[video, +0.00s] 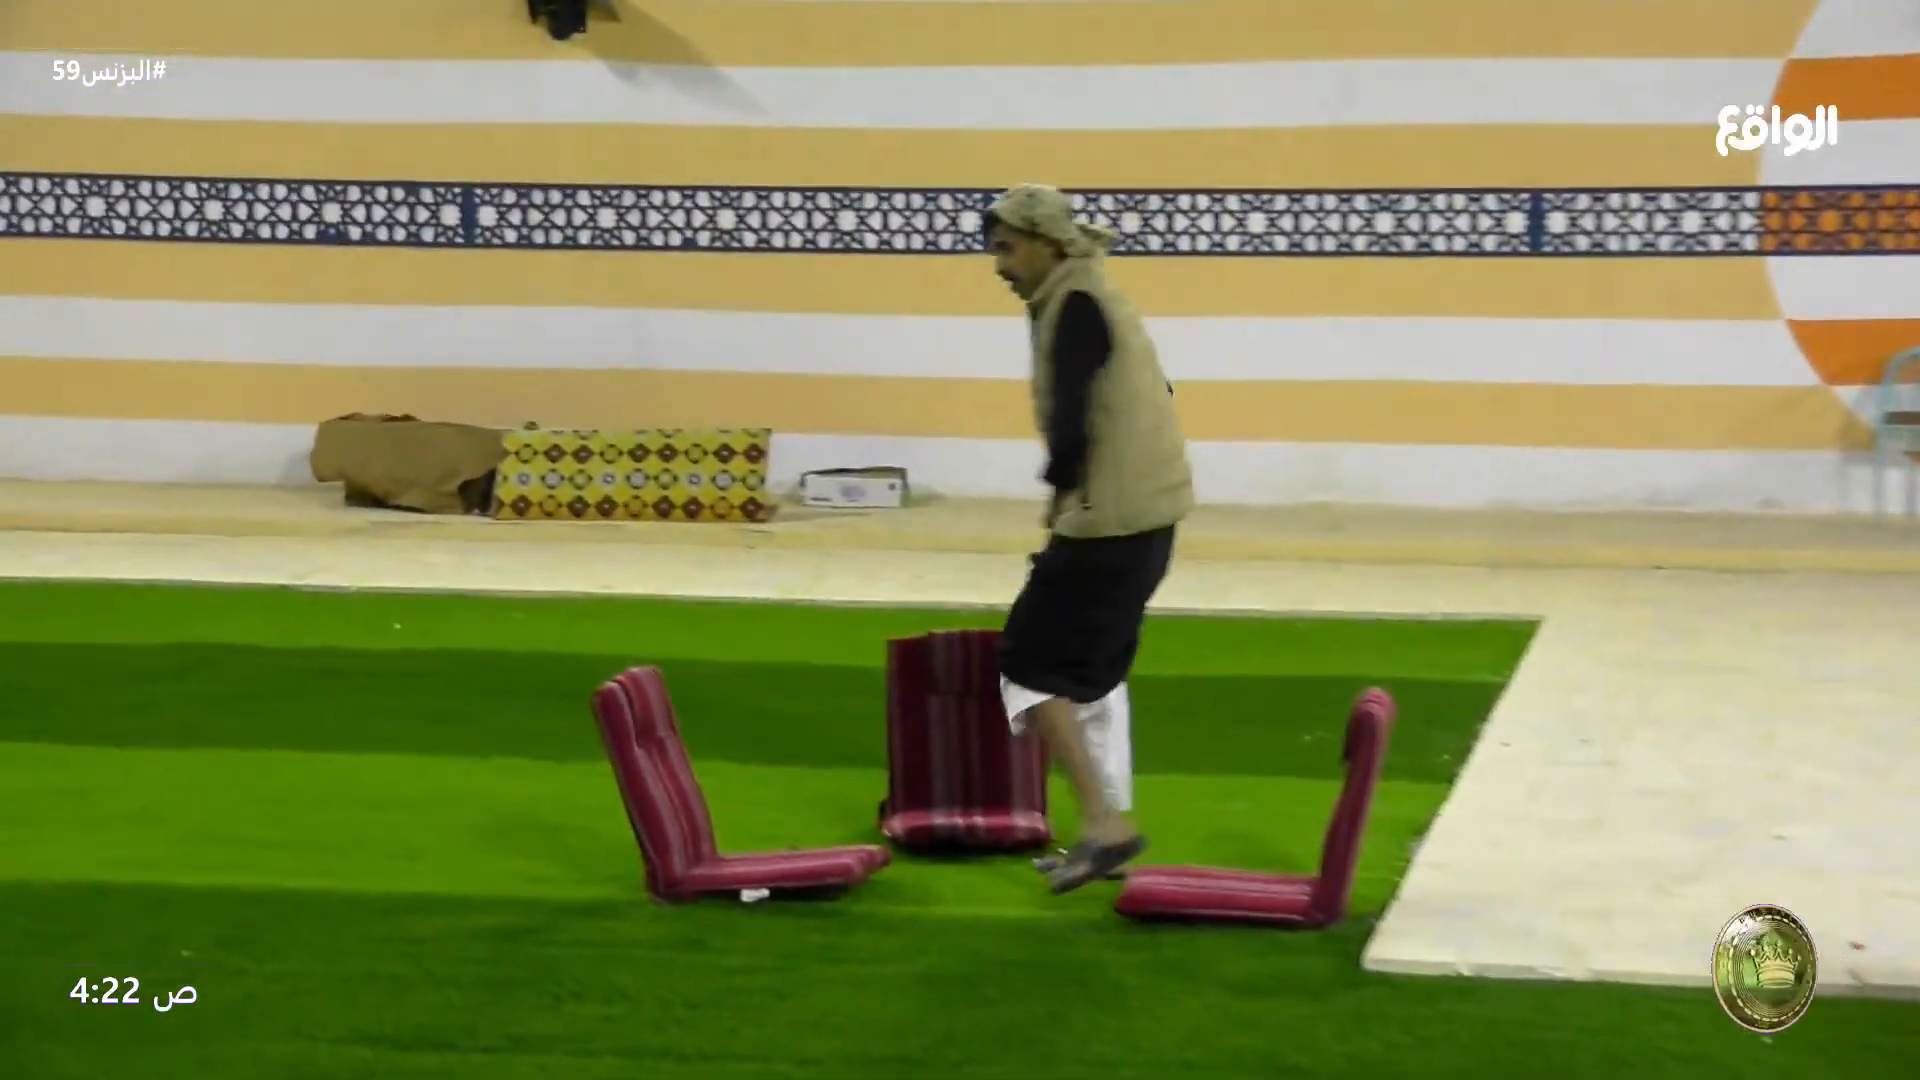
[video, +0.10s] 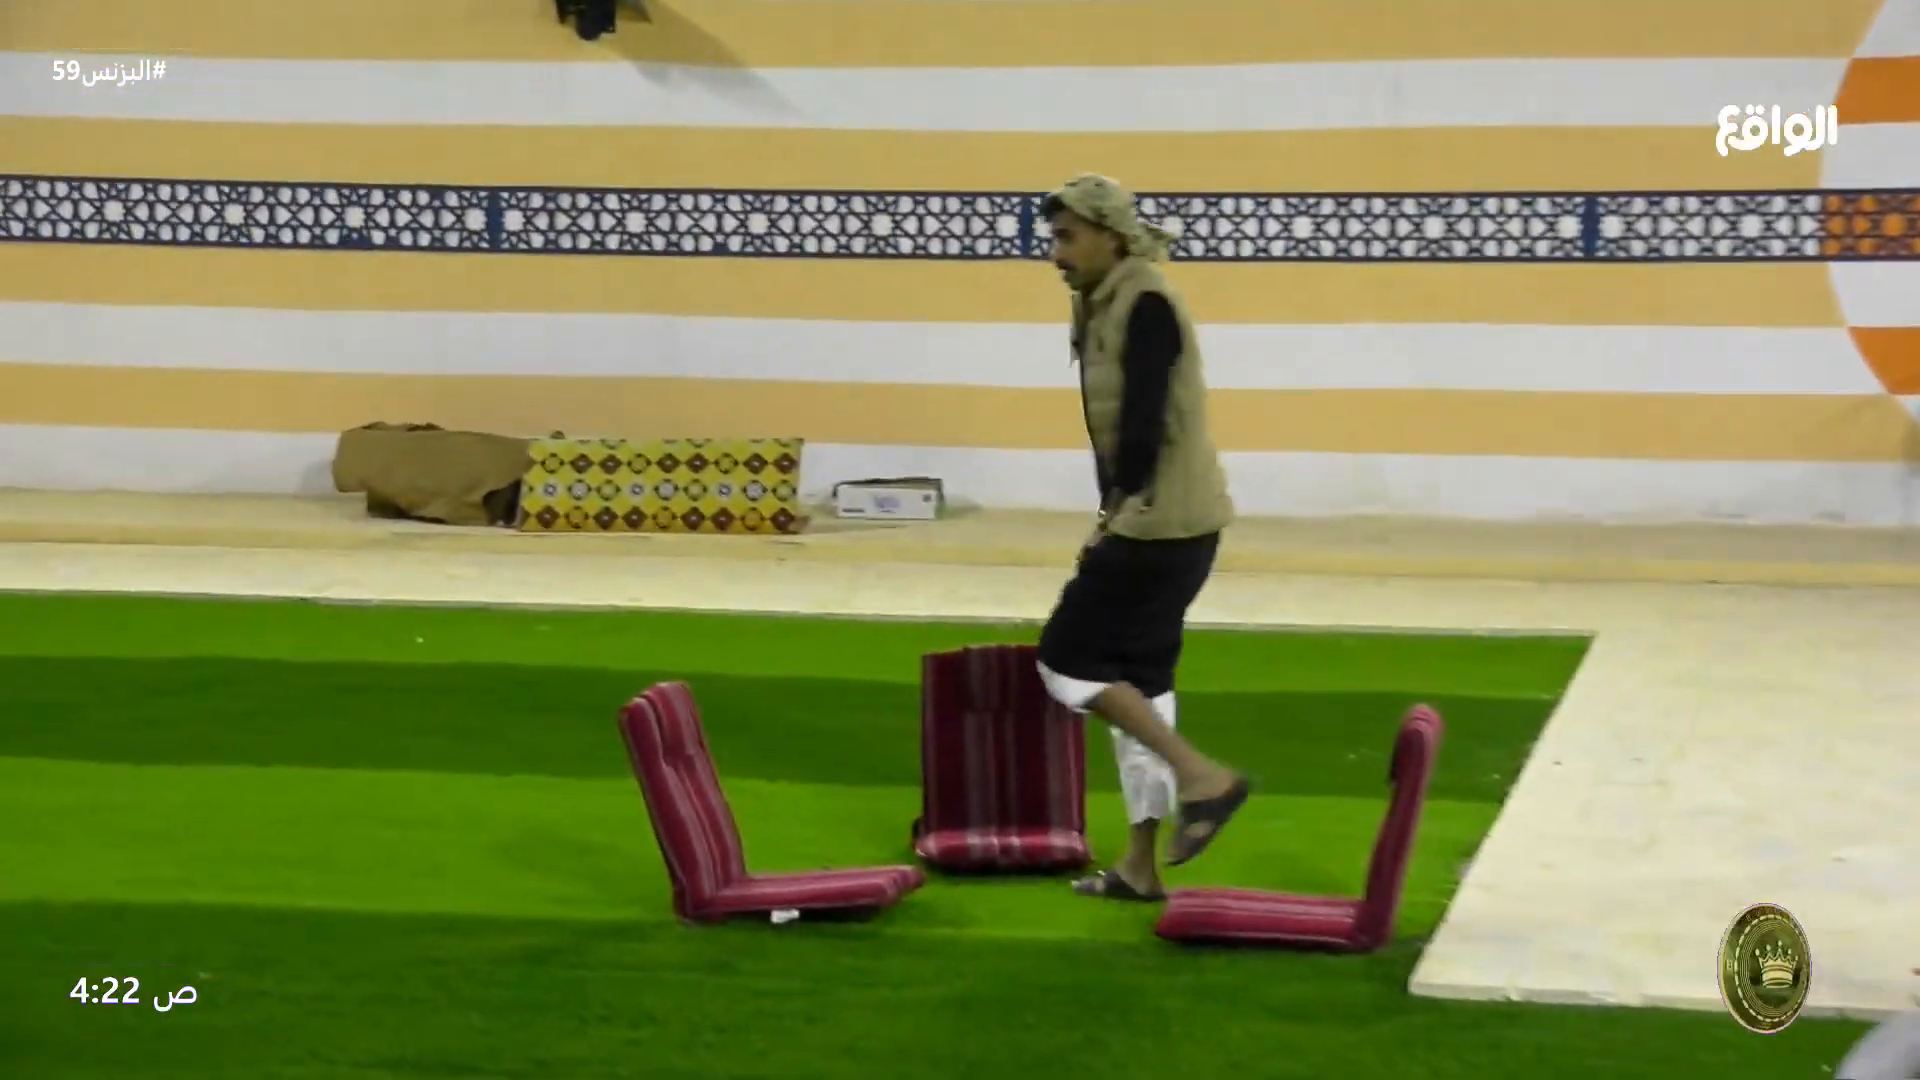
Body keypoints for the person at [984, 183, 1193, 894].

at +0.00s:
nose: (997, 264)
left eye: (1005, 248)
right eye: (994, 249)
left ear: (1045, 245)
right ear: (1052, 248)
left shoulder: (1073, 307)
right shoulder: (1094, 298)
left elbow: (1071, 415)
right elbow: (1149, 395)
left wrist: (1060, 491)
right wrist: (1087, 483)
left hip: (1109, 523)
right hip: (1140, 517)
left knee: (1031, 665)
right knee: (1075, 675)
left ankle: (1105, 825)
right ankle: (1104, 831)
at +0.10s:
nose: (1055, 253)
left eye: (1066, 238)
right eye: (1054, 239)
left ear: (1110, 237)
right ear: (1093, 241)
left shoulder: (1145, 302)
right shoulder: (1101, 306)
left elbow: (1145, 422)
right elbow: (1116, 421)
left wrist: (1115, 517)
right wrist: (1112, 513)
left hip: (1166, 521)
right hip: (1155, 523)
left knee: (1066, 659)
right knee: (1144, 688)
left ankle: (1206, 781)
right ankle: (1140, 866)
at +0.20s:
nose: (1089, 247)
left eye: (1101, 233)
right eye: (1088, 234)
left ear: (1148, 236)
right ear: (1117, 241)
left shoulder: (1183, 306)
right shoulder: (1123, 313)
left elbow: (1179, 422)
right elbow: (1127, 426)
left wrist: (1142, 515)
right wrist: (1125, 508)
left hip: (1198, 527)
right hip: (1165, 525)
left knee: (1114, 671)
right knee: (1159, 693)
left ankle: (1257, 774)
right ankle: (1164, 876)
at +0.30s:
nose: (1139, 242)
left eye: (1152, 229)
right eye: (1138, 229)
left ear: (1197, 235)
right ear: (1157, 237)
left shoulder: (1235, 314)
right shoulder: (1163, 310)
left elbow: (1222, 435)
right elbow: (1166, 424)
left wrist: (1173, 538)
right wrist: (1156, 495)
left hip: (1231, 548)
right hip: (1179, 543)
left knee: (1208, 713)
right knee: (1170, 711)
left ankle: (1313, 814)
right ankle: (1188, 889)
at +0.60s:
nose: (1239, 224)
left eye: (1256, 212)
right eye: (1237, 210)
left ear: (1301, 224)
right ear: (1239, 219)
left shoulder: (1347, 312)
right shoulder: (1221, 300)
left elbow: (1345, 448)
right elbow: (1219, 412)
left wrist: (1288, 544)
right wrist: (1179, 466)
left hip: (1317, 559)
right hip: (1223, 551)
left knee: (1332, 731)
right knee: (1190, 707)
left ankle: (1354, 891)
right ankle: (1201, 899)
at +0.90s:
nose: (1311, 196)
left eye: (1327, 180)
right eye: (1306, 181)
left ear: (1376, 183)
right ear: (1307, 186)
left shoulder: (1432, 279)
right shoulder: (1285, 269)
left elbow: (1444, 424)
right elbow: (1198, 353)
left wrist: (1387, 531)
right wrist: (1103, 432)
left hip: (1388, 550)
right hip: (1285, 543)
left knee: (1385, 740)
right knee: (1248, 703)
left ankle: (1389, 921)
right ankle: (1318, 868)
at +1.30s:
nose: (1252, 191)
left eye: (1264, 171)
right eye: (1246, 176)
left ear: (1320, 164)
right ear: (1256, 181)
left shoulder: (1402, 243)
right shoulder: (1265, 267)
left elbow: (1444, 382)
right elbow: (1238, 395)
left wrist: (1403, 501)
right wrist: (1194, 514)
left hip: (1414, 517)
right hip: (1327, 526)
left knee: (1376, 706)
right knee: (1342, 710)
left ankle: (1400, 921)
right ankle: (1409, 906)